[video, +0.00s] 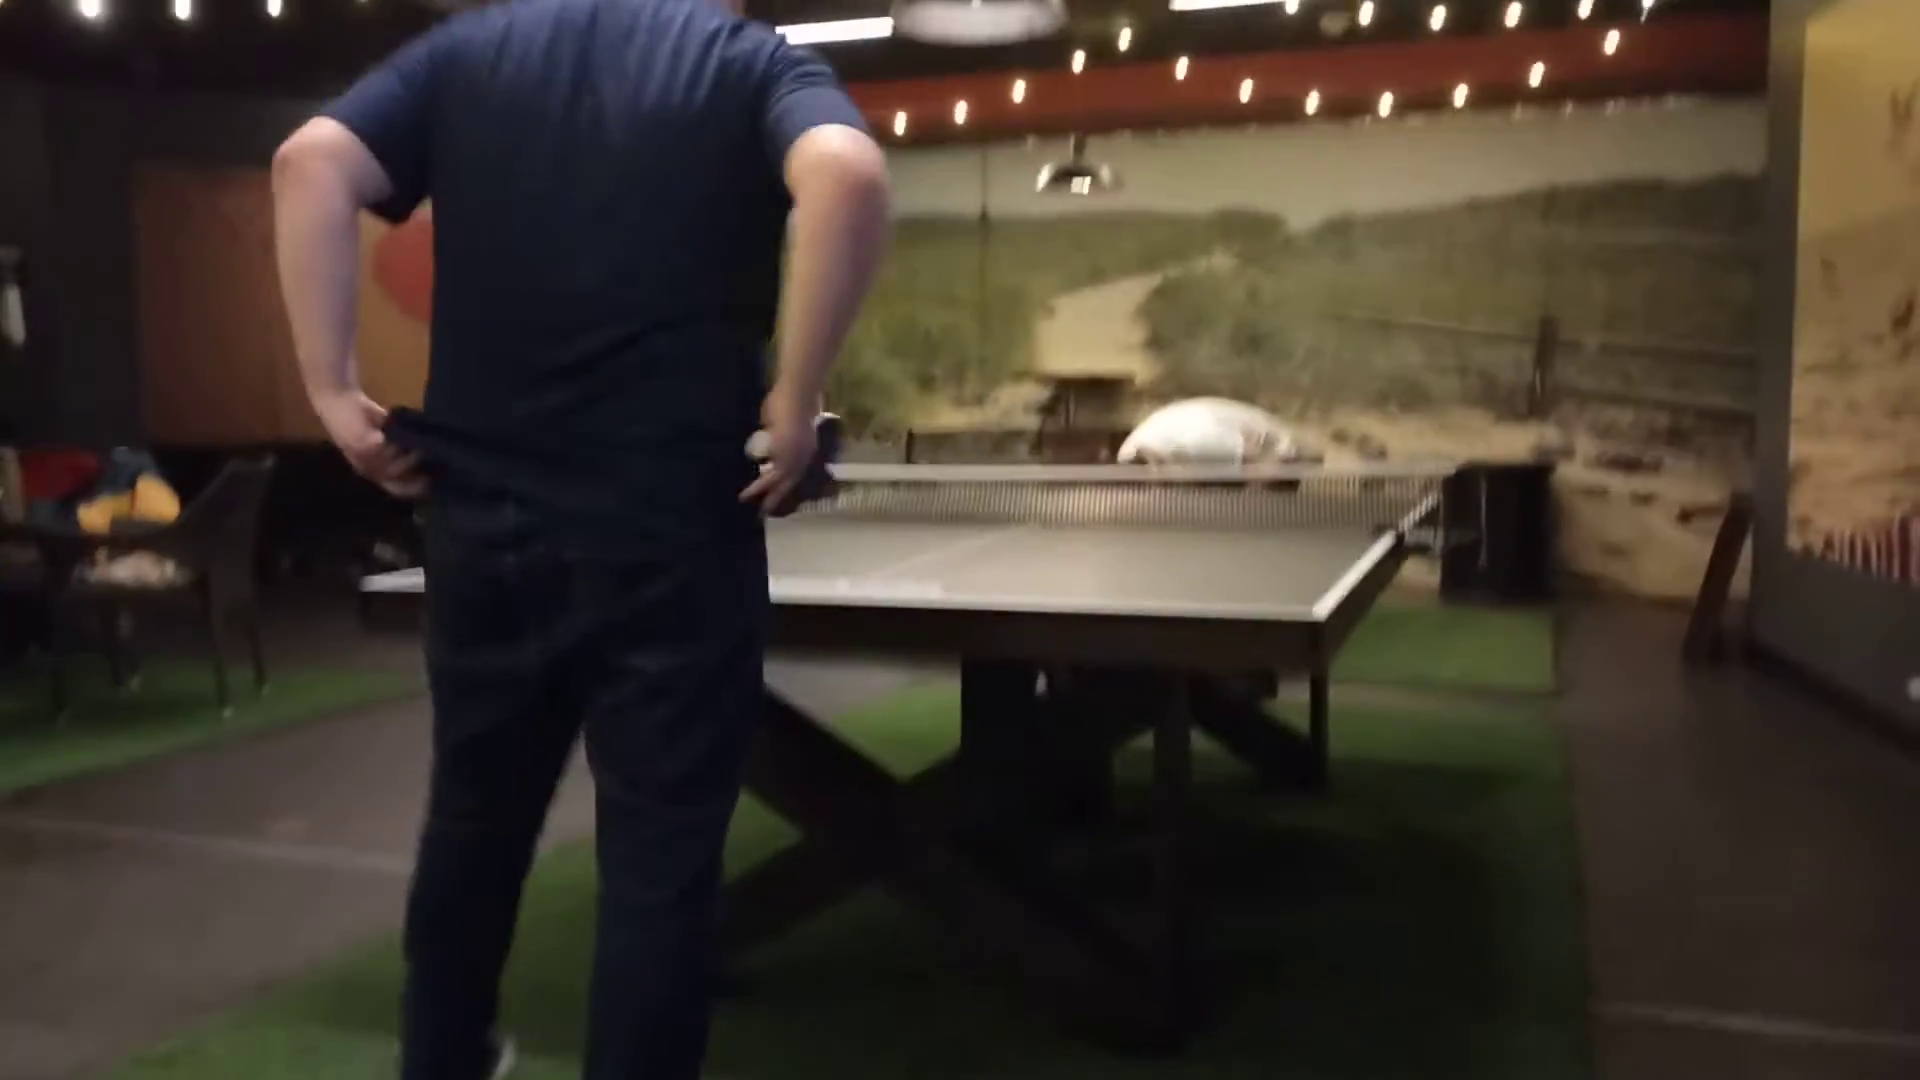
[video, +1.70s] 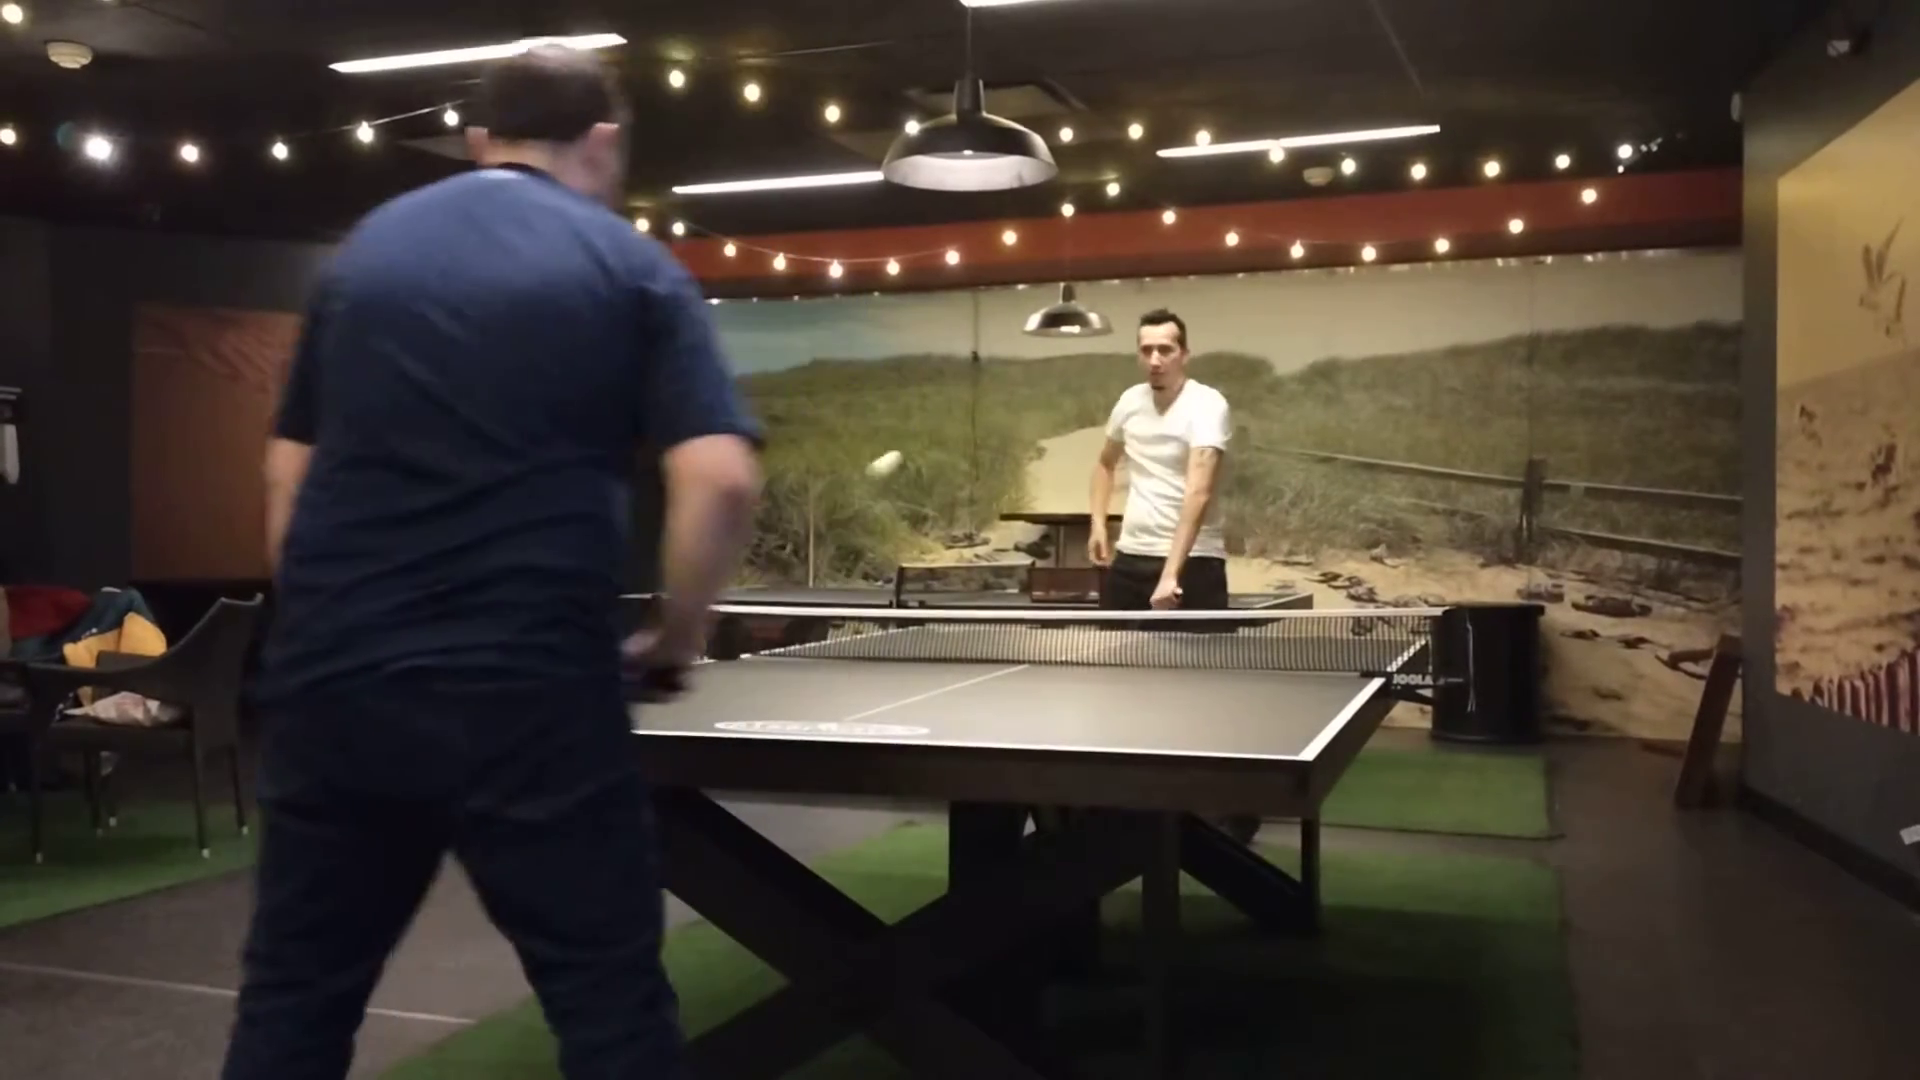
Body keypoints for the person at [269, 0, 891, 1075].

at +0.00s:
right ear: (728, 1)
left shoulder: (472, 45)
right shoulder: (756, 55)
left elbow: (314, 161)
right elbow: (846, 172)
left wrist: (334, 386)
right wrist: (797, 400)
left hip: (488, 533)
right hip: (678, 539)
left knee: (471, 831)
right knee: (659, 870)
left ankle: (443, 1061)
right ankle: (637, 1065)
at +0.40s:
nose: (711, 148)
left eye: (705, 134)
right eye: (711, 131)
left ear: (574, 120)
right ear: (695, 118)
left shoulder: (476, 202)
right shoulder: (712, 201)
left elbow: (300, 299)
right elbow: (747, 313)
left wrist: (344, 499)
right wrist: (746, 560)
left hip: (485, 640)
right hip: (646, 652)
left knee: (520, 951)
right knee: (659, 973)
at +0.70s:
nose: (675, 161)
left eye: (673, 146)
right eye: (677, 143)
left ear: (550, 134)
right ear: (660, 133)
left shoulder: (450, 252)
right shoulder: (658, 231)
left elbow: (378, 447)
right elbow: (711, 428)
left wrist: (377, 635)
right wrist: (821, 553)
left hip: (446, 665)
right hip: (603, 665)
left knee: (494, 949)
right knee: (716, 922)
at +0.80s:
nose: (674, 160)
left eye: (667, 143)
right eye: (675, 141)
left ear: (544, 137)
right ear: (658, 133)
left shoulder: (457, 249)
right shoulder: (673, 235)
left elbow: (428, 435)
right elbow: (737, 459)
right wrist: (823, 532)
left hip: (444, 656)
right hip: (604, 655)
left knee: (493, 954)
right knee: (708, 932)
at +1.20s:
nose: (774, 169)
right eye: (776, 152)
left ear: (636, 150)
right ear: (761, 148)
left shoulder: (541, 238)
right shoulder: (792, 268)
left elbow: (451, 449)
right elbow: (889, 497)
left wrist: (534, 573)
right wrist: (810, 602)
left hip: (490, 672)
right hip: (672, 682)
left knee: (469, 973)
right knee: (679, 989)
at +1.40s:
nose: (760, 175)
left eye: (759, 161)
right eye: (762, 157)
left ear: (625, 142)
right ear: (750, 149)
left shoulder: (517, 242)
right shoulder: (777, 261)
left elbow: (425, 461)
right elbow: (895, 480)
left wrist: (373, 651)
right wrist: (827, 641)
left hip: (461, 679)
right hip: (651, 690)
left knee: (390, 961)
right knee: (665, 1000)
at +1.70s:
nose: (620, 164)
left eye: (618, 149)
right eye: (620, 147)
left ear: (479, 141)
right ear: (599, 142)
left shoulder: (363, 250)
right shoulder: (629, 265)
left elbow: (290, 476)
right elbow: (718, 475)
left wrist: (313, 620)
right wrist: (676, 642)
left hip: (342, 691)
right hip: (537, 706)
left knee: (290, 1004)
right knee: (612, 1006)